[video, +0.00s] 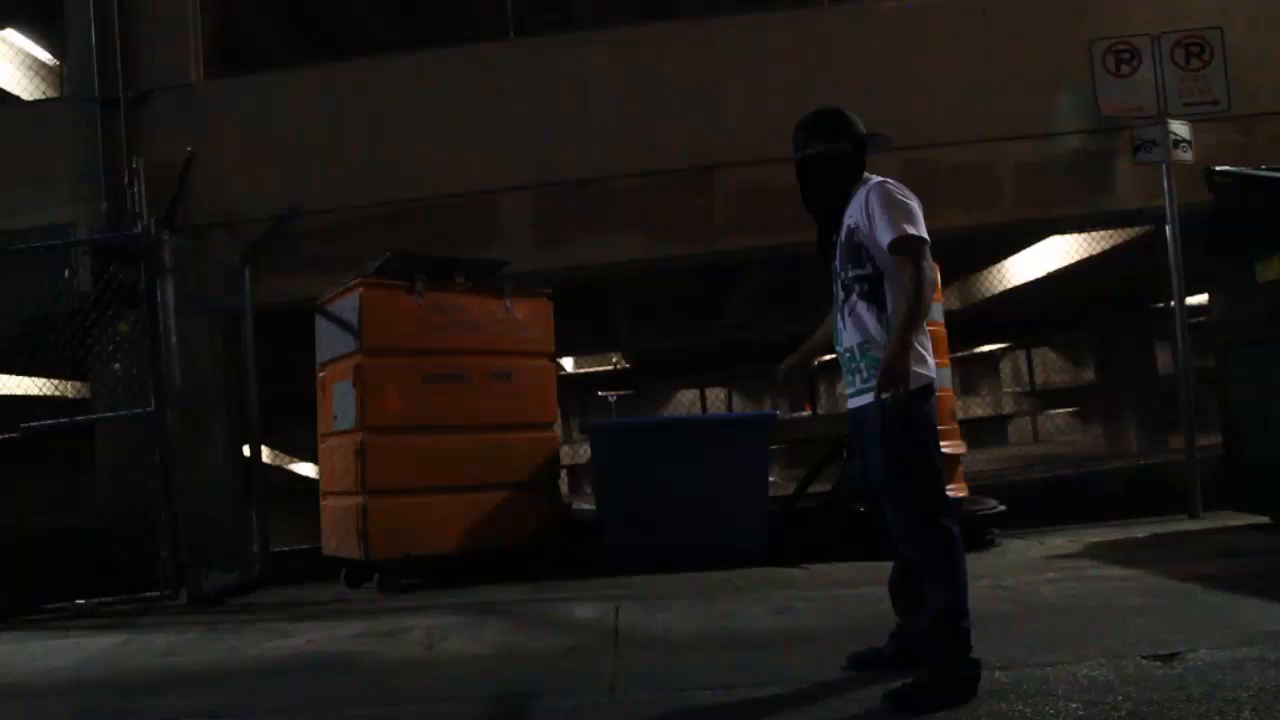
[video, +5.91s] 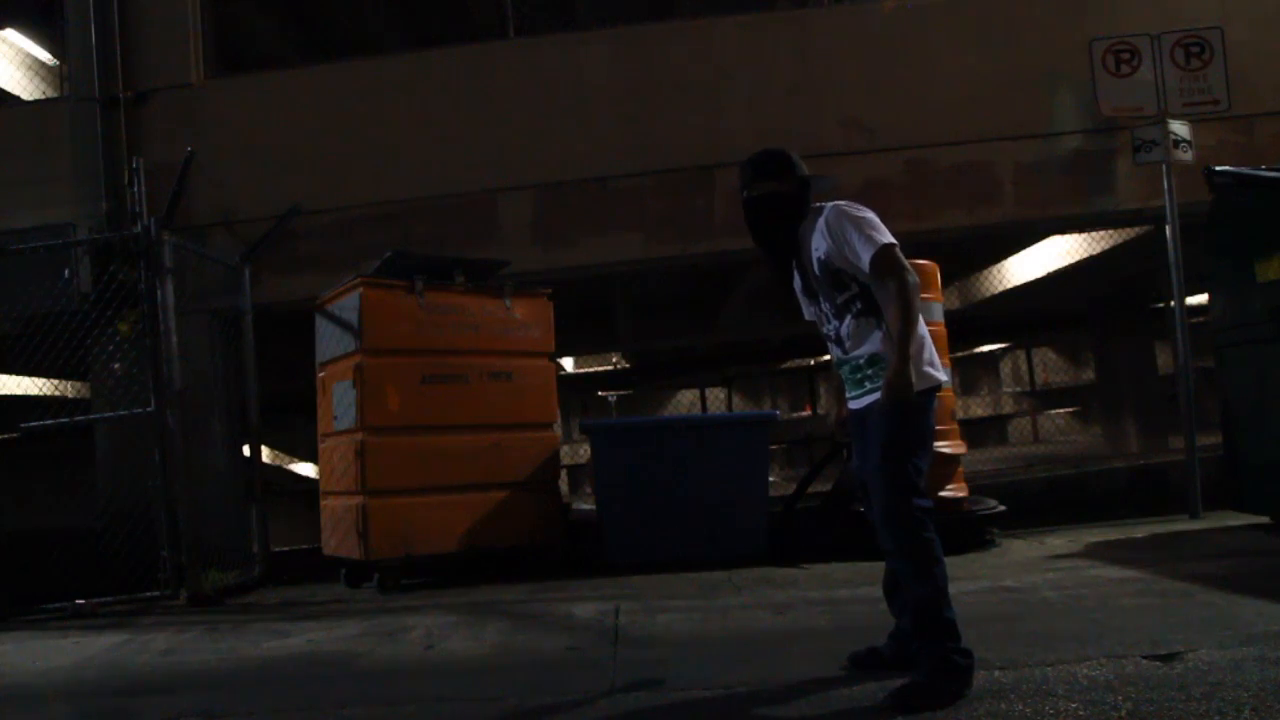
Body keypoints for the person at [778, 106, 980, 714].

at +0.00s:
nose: (805, 174)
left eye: (812, 160)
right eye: (802, 163)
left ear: (842, 155)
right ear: (825, 162)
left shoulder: (879, 194)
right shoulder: (849, 218)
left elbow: (915, 273)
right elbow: (851, 310)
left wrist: (896, 352)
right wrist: (805, 359)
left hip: (903, 390)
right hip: (874, 395)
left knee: (926, 521)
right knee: (898, 521)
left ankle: (951, 665)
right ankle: (914, 638)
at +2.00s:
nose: (773, 207)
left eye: (778, 193)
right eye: (768, 197)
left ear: (806, 182)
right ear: (784, 194)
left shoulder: (852, 206)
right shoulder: (823, 244)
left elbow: (912, 264)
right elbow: (861, 321)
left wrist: (912, 353)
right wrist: (860, 392)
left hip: (904, 393)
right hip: (876, 402)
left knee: (915, 520)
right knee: (897, 520)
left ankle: (947, 660)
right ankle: (914, 638)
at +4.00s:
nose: (776, 209)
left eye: (783, 194)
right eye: (771, 198)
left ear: (811, 185)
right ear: (783, 197)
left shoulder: (858, 211)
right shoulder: (822, 256)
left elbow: (917, 275)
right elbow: (856, 332)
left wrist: (907, 372)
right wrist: (862, 395)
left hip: (908, 392)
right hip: (875, 400)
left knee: (911, 519)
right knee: (896, 519)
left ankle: (946, 660)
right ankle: (914, 637)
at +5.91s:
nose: (753, 214)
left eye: (759, 200)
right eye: (748, 203)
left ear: (788, 191)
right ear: (760, 205)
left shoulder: (839, 218)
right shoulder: (802, 265)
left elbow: (900, 281)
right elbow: (839, 343)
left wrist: (900, 377)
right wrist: (842, 403)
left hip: (900, 393)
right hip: (867, 404)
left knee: (906, 520)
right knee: (889, 521)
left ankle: (945, 661)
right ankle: (910, 640)